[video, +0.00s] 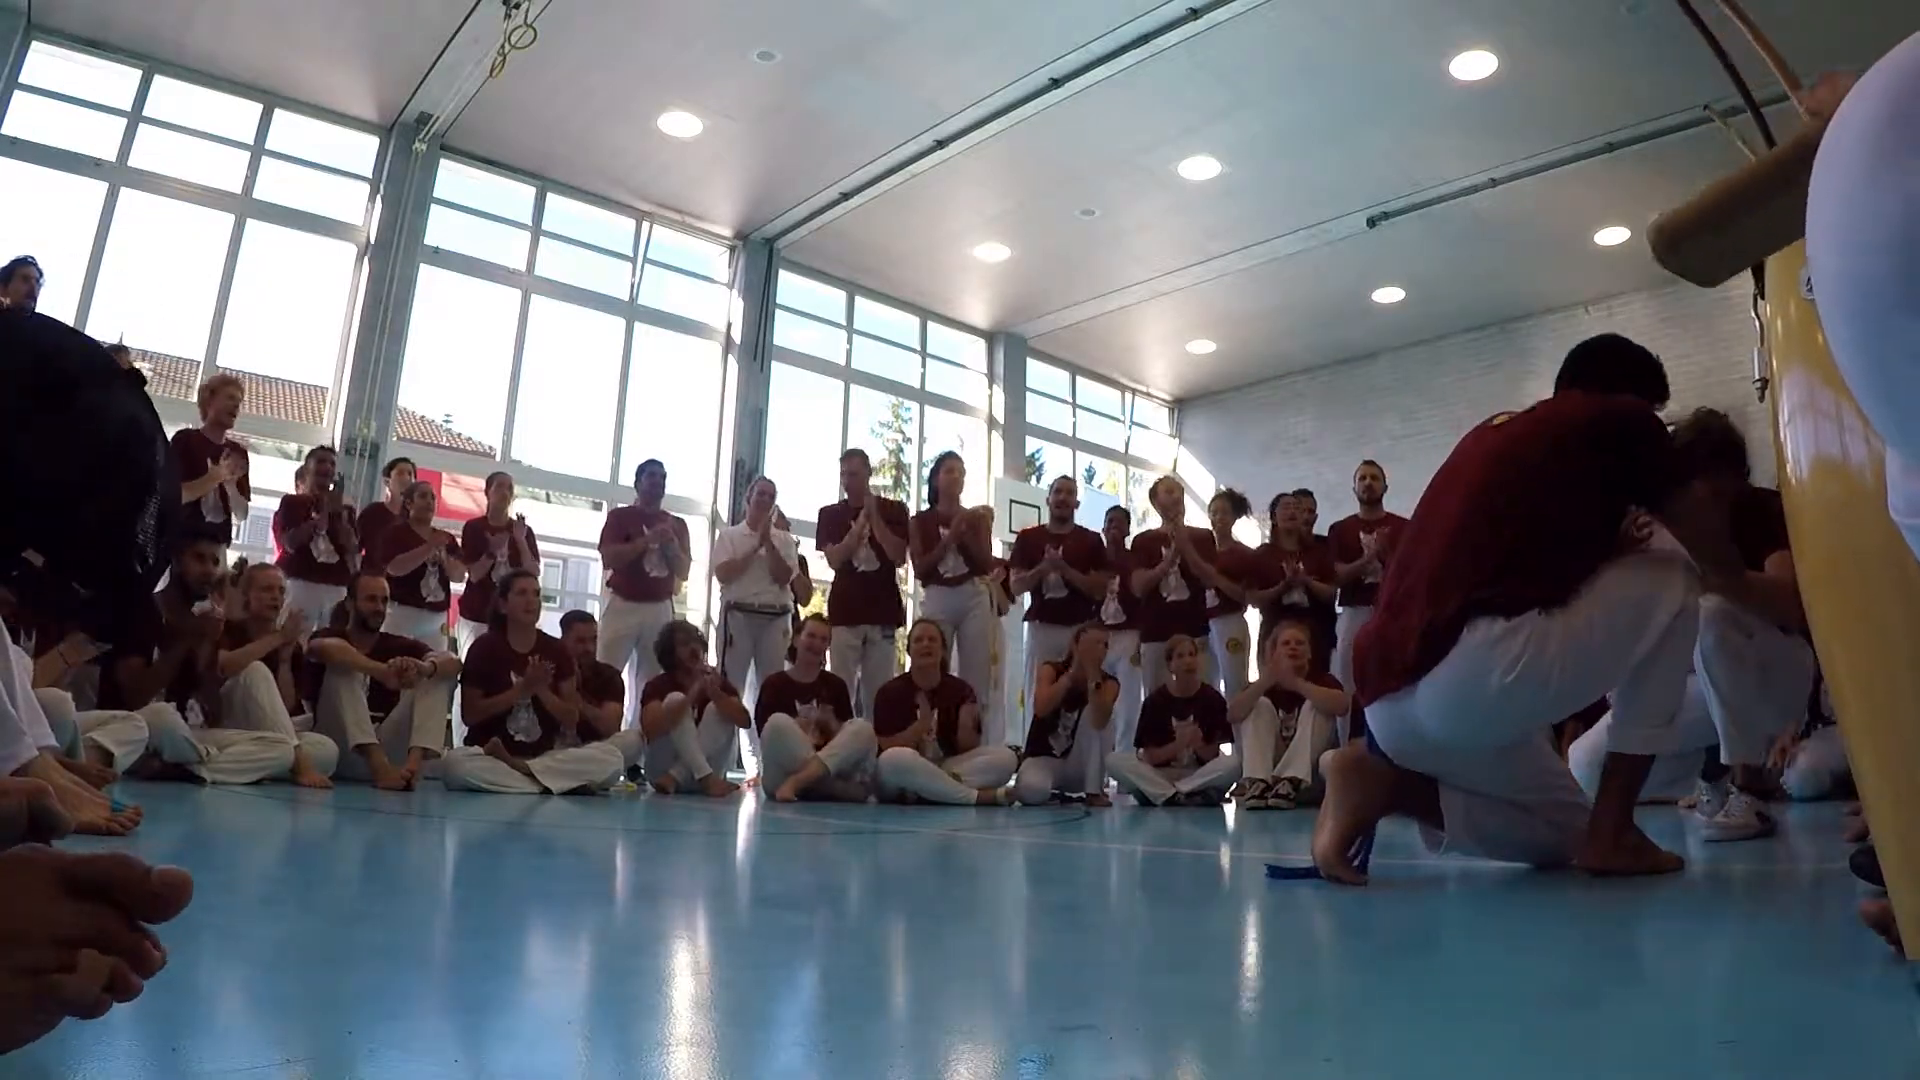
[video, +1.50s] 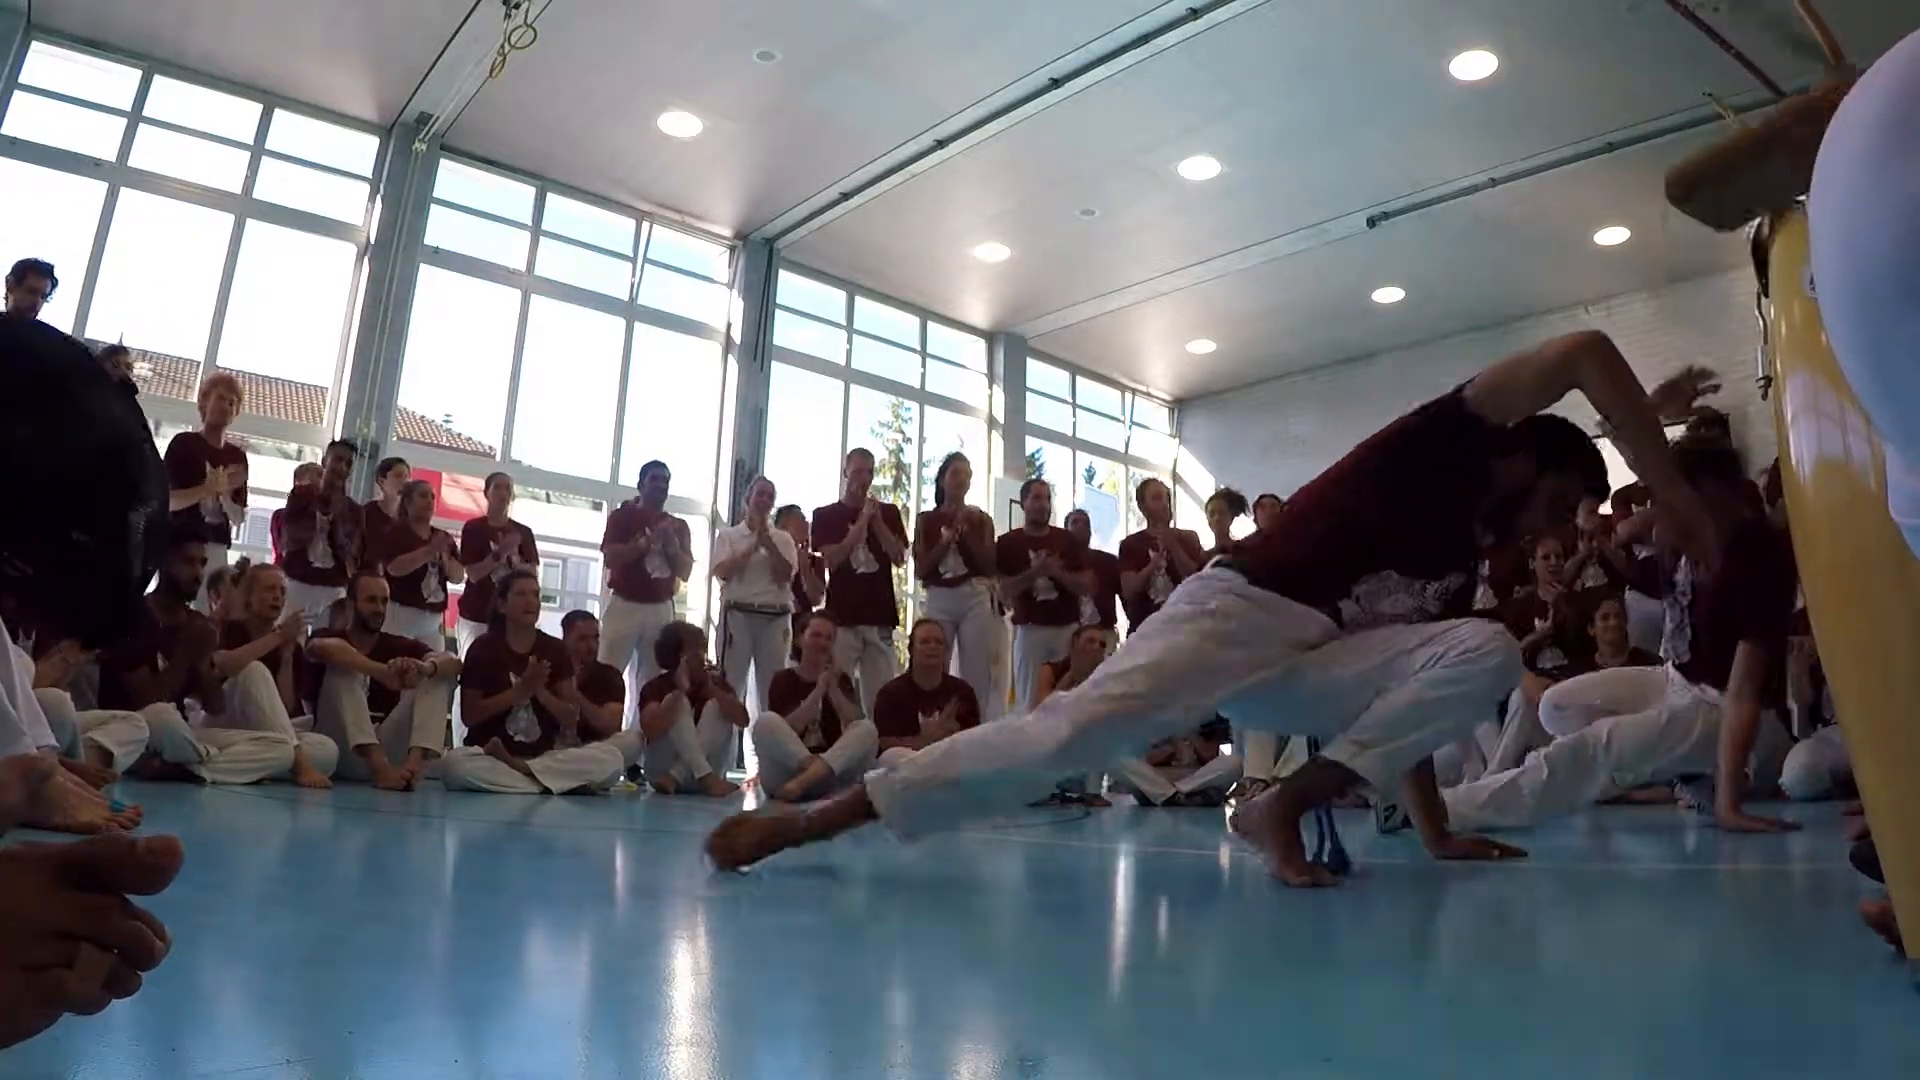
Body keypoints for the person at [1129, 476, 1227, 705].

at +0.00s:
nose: (1176, 496)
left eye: (1178, 492)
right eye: (1168, 492)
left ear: (1184, 498)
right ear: (1155, 503)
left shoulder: (1204, 537)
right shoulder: (1144, 540)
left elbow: (1211, 580)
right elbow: (1138, 587)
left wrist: (1185, 545)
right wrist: (1166, 564)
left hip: (1197, 633)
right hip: (1155, 635)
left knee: (1202, 704)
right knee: (1157, 707)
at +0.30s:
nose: (1172, 499)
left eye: (1175, 493)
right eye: (1164, 494)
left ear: (1181, 498)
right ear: (1151, 503)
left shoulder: (1198, 537)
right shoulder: (1140, 541)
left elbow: (1207, 579)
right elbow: (1135, 585)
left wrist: (1182, 548)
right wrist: (1164, 558)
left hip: (1192, 632)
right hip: (1152, 634)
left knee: (1196, 704)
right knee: (1152, 706)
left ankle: (1197, 769)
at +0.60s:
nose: (1166, 501)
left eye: (1168, 496)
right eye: (1159, 497)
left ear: (1173, 501)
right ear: (1143, 505)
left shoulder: (1190, 539)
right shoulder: (1133, 543)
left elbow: (1201, 581)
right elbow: (1126, 590)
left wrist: (1180, 556)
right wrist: (1152, 566)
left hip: (1185, 634)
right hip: (1146, 636)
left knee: (1189, 704)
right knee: (1142, 708)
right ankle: (1133, 770)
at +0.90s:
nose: (1162, 503)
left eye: (1164, 497)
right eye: (1155, 498)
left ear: (1168, 501)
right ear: (1138, 506)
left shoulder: (1184, 540)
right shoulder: (1124, 545)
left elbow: (1194, 582)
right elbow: (1123, 589)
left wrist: (1173, 553)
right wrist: (1152, 562)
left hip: (1178, 636)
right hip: (1140, 639)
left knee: (1185, 704)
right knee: (1140, 710)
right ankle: (1133, 775)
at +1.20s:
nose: (1161, 502)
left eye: (1163, 497)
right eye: (1153, 498)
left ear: (1167, 501)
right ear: (1138, 506)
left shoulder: (1183, 540)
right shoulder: (1126, 544)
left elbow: (1193, 584)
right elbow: (1121, 590)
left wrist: (1170, 548)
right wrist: (1146, 560)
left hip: (1179, 634)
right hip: (1141, 637)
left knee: (1188, 702)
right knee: (1144, 707)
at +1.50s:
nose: (1165, 503)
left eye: (1167, 497)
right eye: (1156, 498)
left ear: (1171, 502)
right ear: (1142, 506)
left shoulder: (1189, 538)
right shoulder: (1130, 545)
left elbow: (1198, 580)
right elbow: (1128, 590)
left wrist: (1174, 546)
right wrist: (1152, 566)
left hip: (1186, 624)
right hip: (1145, 628)